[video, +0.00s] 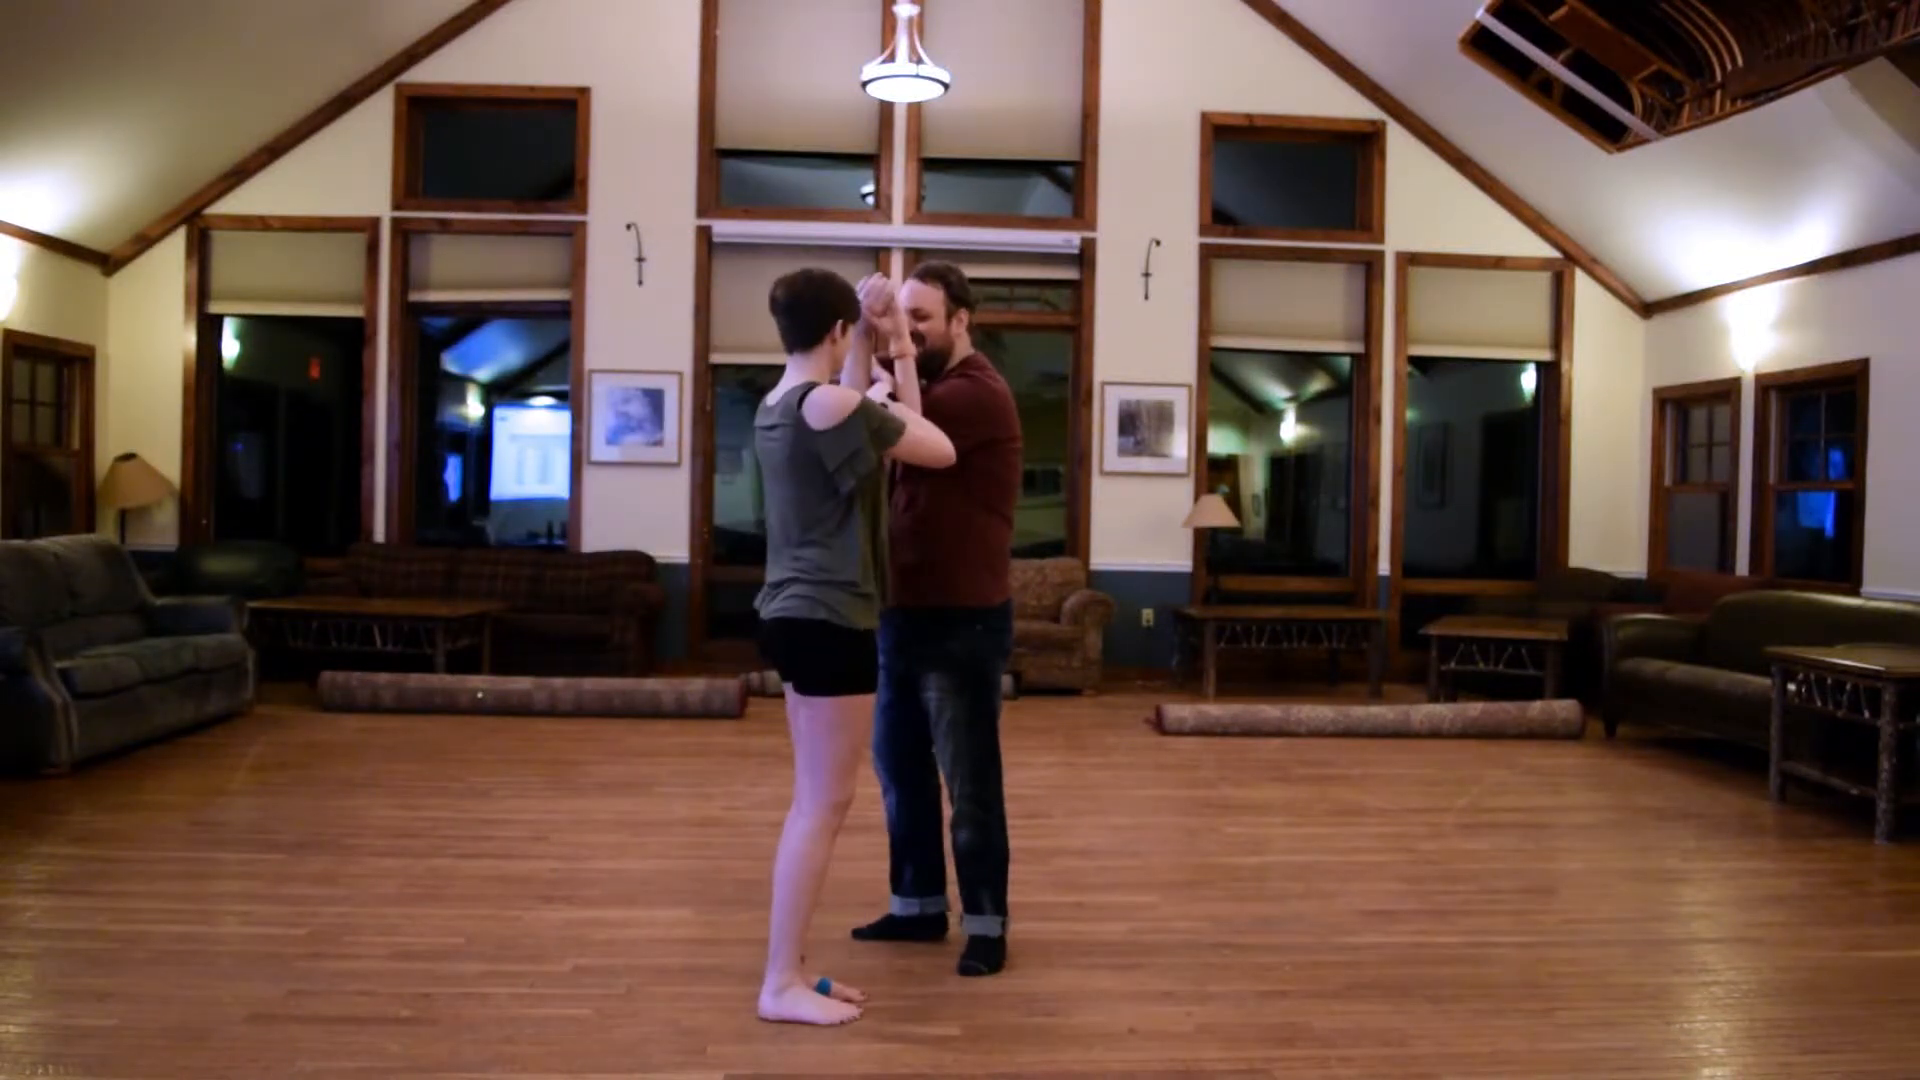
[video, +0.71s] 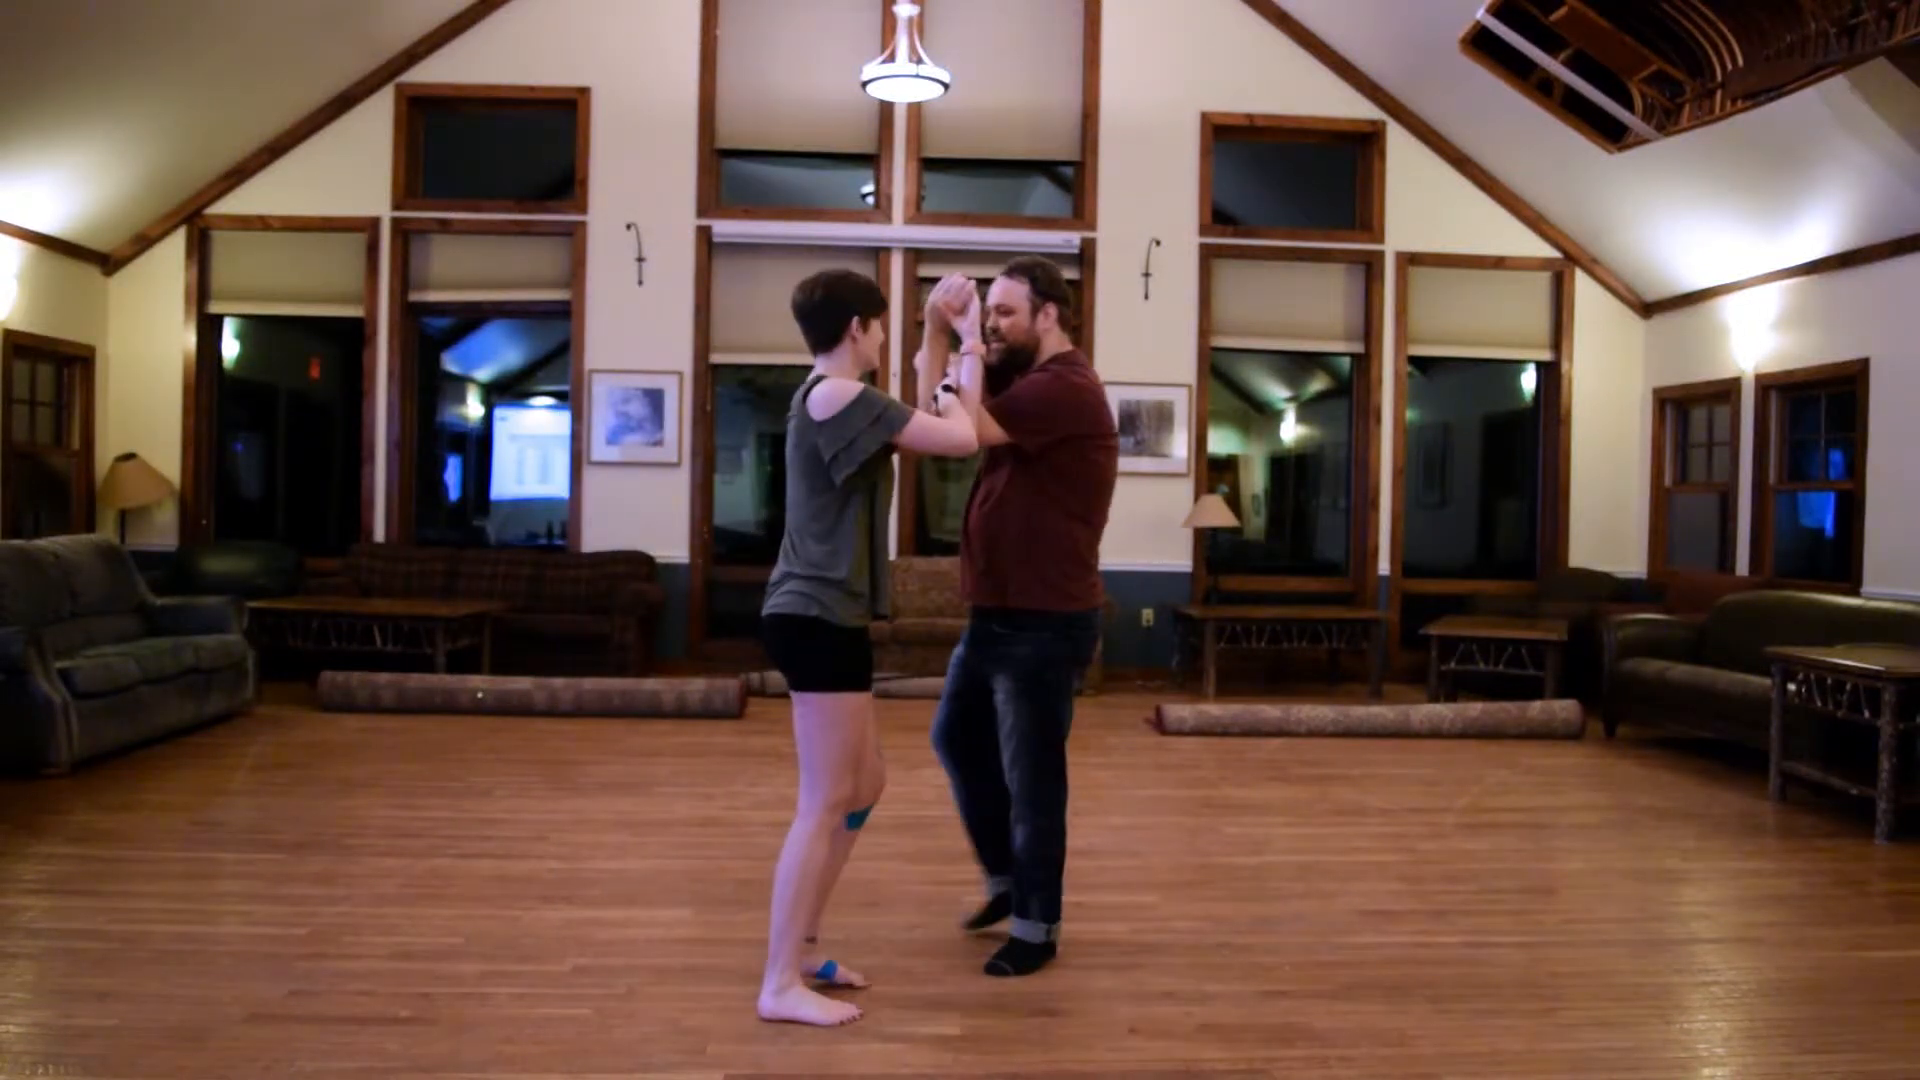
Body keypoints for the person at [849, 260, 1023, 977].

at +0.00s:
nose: (906, 330)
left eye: (921, 317)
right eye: (901, 317)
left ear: (960, 321)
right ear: (903, 322)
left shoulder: (980, 390)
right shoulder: (919, 385)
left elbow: (901, 440)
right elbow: (858, 416)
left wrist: (898, 354)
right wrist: (864, 337)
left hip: (965, 611)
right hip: (904, 608)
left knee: (967, 771)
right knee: (901, 762)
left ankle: (985, 922)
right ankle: (917, 906)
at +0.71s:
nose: (991, 327)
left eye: (1005, 314)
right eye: (990, 315)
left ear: (1049, 315)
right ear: (1007, 321)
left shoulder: (1067, 385)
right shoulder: (1023, 381)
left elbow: (973, 424)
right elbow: (932, 413)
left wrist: (972, 349)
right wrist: (940, 329)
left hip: (1044, 619)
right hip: (995, 613)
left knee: (1032, 776)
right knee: (957, 739)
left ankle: (1038, 924)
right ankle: (1005, 877)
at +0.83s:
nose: (1018, 322)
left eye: (1030, 310)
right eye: (1016, 311)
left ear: (1073, 314)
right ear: (1032, 317)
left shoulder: (1090, 384)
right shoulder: (1045, 372)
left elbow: (990, 427)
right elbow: (969, 396)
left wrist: (977, 347)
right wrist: (966, 329)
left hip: (1064, 617)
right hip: (1019, 611)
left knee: (1045, 775)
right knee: (998, 748)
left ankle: (1039, 928)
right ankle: (1099, 863)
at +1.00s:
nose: (1044, 327)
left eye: (1056, 315)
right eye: (1044, 316)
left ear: (1097, 318)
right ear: (1082, 319)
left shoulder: (1111, 389)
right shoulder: (1080, 373)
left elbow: (1001, 434)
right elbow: (983, 401)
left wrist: (1002, 353)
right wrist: (984, 335)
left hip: (1085, 618)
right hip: (1068, 613)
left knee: (1051, 775)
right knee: (1089, 765)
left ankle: (1040, 927)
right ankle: (1153, 910)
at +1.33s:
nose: (1101, 328)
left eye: (1111, 315)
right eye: (1100, 315)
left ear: (1154, 318)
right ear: (1150, 321)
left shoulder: (1167, 388)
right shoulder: (1154, 381)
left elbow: (1061, 430)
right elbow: (1059, 419)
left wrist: (1054, 344)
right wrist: (1051, 343)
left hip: (1143, 614)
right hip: (1153, 610)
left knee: (1093, 755)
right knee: (1149, 760)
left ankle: (1150, 922)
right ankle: (1161, 921)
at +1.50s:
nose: (1132, 330)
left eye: (1142, 317)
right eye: (1131, 317)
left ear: (1183, 318)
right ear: (1170, 320)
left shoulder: (1205, 387)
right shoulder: (1164, 376)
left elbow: (1105, 438)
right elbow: (1076, 418)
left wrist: (1103, 362)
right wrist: (1079, 342)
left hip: (1183, 615)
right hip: (1148, 611)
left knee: (1159, 774)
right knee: (1151, 773)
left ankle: (1247, 907)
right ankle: (1160, 926)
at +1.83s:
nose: (1197, 333)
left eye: (1209, 319)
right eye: (1194, 320)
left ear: (1251, 319)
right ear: (1231, 320)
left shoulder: (1277, 385)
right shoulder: (1229, 378)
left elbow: (1178, 440)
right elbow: (1147, 426)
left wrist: (1168, 358)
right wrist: (1149, 347)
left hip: (1259, 619)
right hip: (1211, 615)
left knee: (1248, 772)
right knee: (1186, 749)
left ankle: (1264, 929)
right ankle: (1241, 896)